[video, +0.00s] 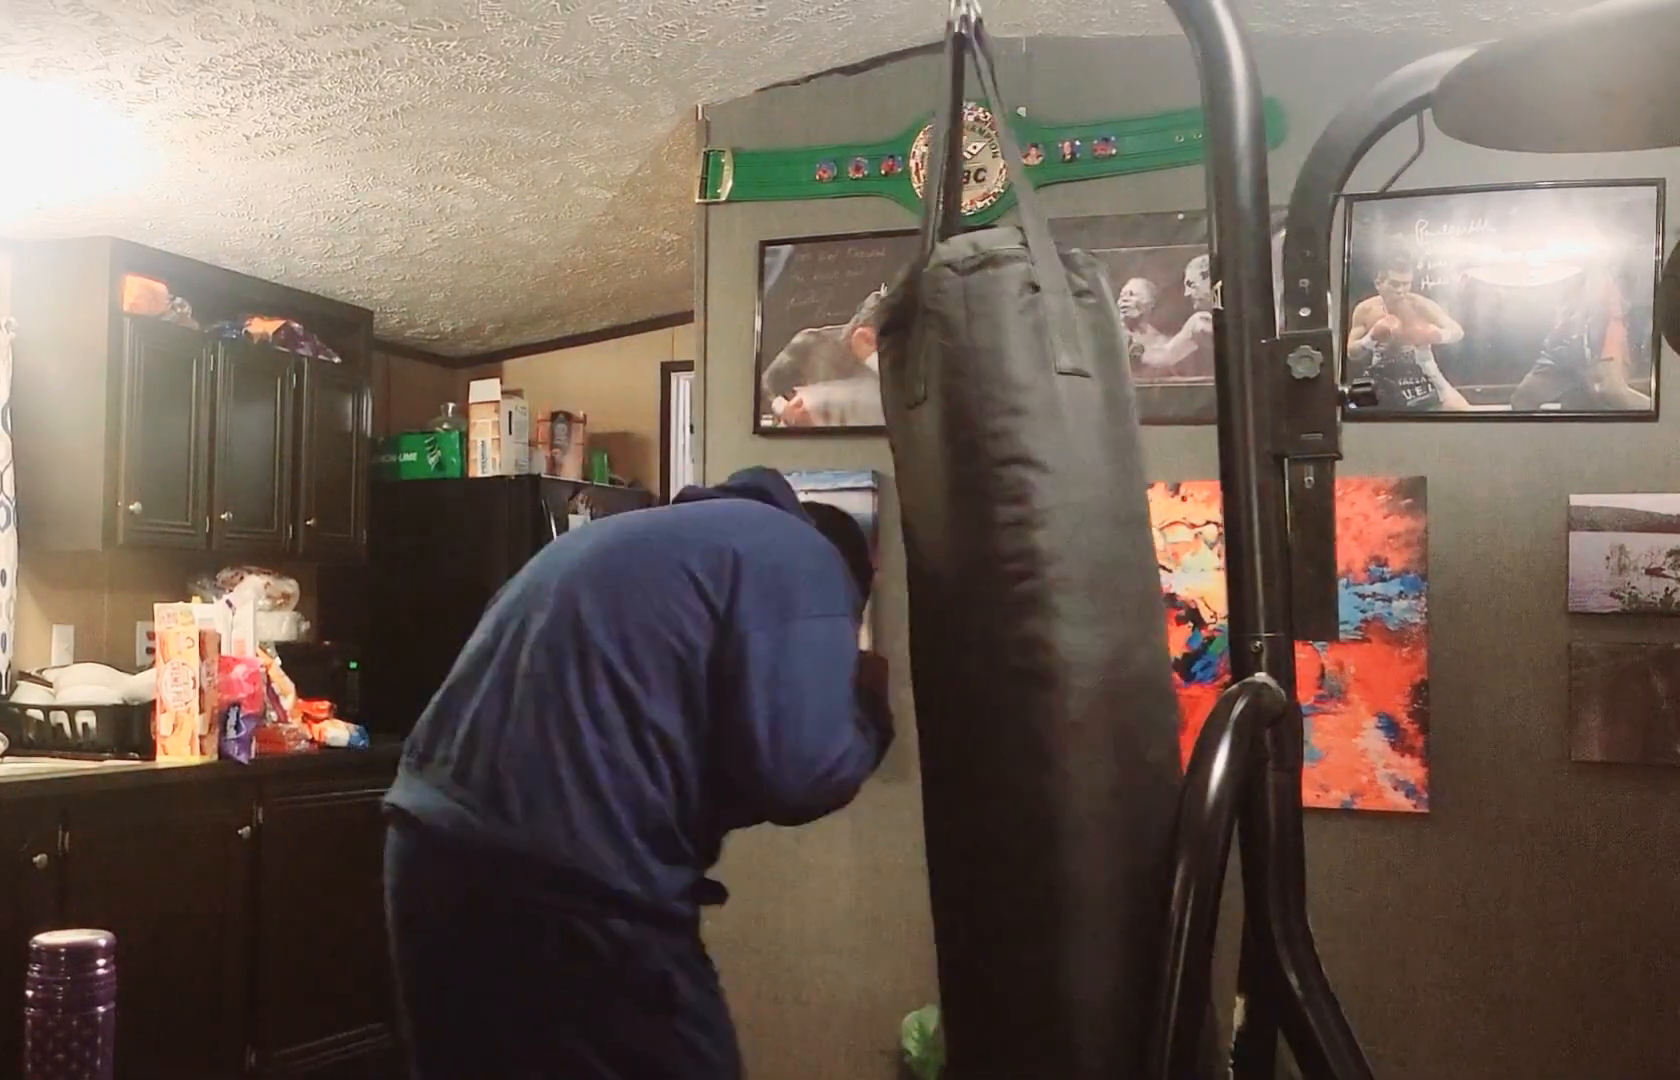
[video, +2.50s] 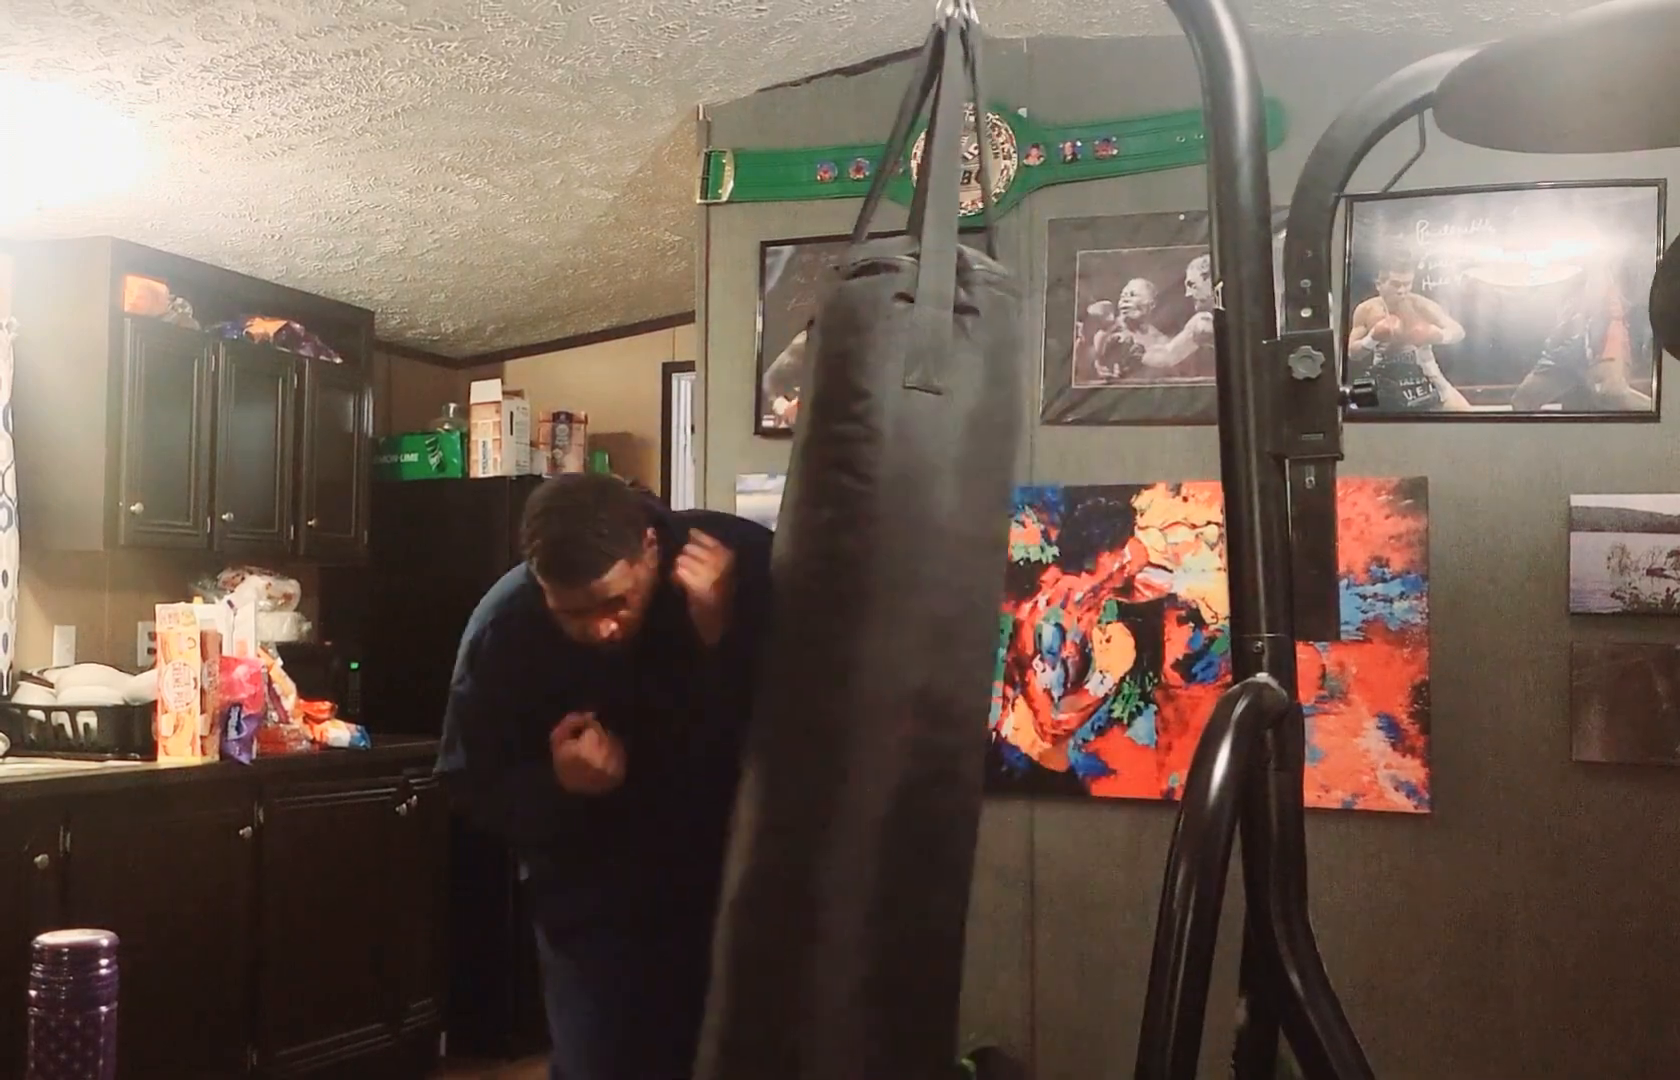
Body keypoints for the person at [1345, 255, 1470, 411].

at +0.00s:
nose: (1401, 290)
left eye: (1406, 284)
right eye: (1395, 284)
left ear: (1411, 283)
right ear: (1379, 283)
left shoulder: (1421, 305)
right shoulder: (1365, 310)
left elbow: (1457, 331)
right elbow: (1351, 353)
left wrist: (1435, 335)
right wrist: (1372, 337)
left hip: (1427, 381)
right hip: (1384, 384)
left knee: (1467, 415)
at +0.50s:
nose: (1402, 291)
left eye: (1407, 284)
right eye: (1396, 284)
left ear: (1412, 283)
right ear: (1379, 283)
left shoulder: (1421, 304)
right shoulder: (1366, 310)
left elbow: (1458, 331)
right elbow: (1352, 353)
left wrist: (1435, 335)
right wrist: (1374, 337)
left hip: (1429, 382)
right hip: (1386, 386)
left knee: (1467, 416)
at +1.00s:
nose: (1402, 291)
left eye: (1406, 285)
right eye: (1395, 285)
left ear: (1411, 282)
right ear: (1379, 283)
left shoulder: (1422, 305)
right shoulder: (1365, 310)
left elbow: (1457, 331)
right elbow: (1352, 353)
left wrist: (1435, 335)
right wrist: (1373, 338)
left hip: (1428, 381)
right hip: (1386, 384)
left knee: (1466, 415)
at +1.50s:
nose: (1401, 291)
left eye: (1406, 285)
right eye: (1395, 285)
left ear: (1412, 283)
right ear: (1379, 284)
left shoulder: (1421, 305)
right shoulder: (1364, 311)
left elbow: (1458, 332)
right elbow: (1352, 355)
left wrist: (1436, 335)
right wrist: (1373, 338)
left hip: (1429, 385)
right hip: (1385, 389)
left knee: (1468, 419)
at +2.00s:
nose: (1402, 290)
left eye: (1406, 285)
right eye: (1396, 284)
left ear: (1412, 283)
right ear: (1379, 284)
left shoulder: (1421, 305)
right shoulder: (1365, 310)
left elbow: (1458, 331)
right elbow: (1352, 353)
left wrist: (1436, 335)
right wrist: (1373, 337)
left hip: (1427, 380)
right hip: (1384, 383)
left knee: (1467, 416)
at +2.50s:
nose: (1402, 291)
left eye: (1407, 285)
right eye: (1396, 285)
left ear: (1412, 283)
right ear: (1379, 284)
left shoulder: (1421, 305)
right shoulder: (1365, 310)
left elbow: (1458, 332)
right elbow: (1352, 353)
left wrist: (1435, 335)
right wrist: (1374, 338)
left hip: (1428, 382)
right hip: (1385, 385)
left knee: (1469, 418)